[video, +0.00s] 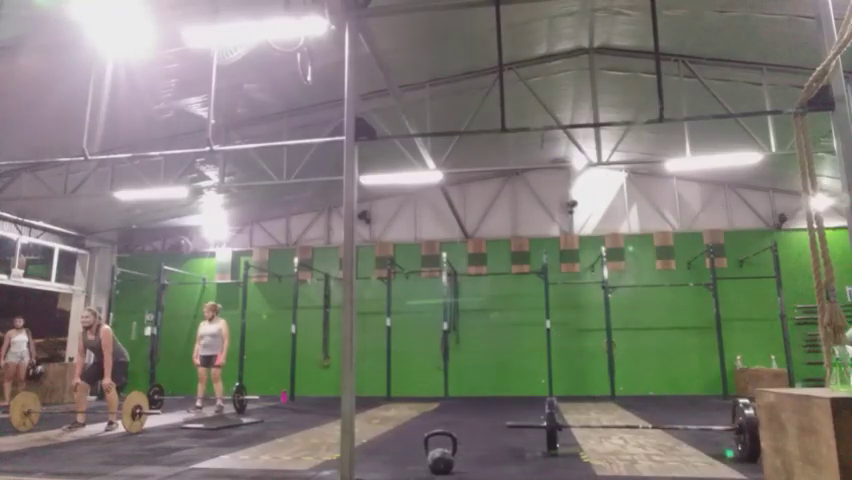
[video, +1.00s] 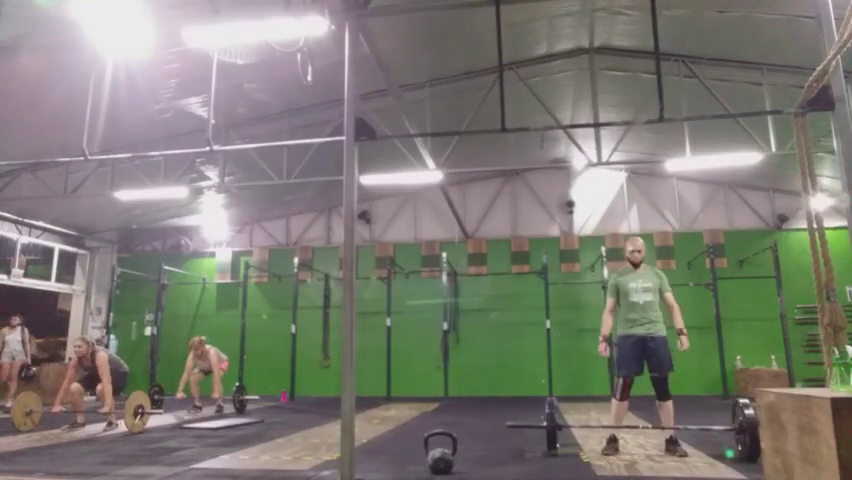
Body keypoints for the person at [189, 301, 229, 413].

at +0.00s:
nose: (206, 314)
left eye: (208, 311)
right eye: (205, 311)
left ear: (214, 312)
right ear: (204, 312)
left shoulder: (221, 323)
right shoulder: (202, 324)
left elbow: (226, 340)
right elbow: (198, 341)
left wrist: (223, 356)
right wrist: (195, 355)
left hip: (216, 353)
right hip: (203, 353)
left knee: (215, 377)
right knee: (201, 378)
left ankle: (219, 401)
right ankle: (199, 401)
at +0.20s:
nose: (207, 314)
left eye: (209, 312)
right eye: (206, 312)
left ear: (215, 312)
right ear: (206, 312)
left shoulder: (223, 323)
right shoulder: (203, 324)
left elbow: (227, 340)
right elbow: (199, 341)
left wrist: (224, 355)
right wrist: (196, 356)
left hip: (217, 353)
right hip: (204, 353)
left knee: (216, 378)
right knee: (202, 378)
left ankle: (219, 402)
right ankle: (199, 402)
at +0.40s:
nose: (207, 313)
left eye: (209, 311)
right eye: (206, 311)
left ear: (215, 312)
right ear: (206, 312)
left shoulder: (223, 323)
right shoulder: (204, 324)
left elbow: (227, 340)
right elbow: (199, 341)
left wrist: (223, 355)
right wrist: (197, 355)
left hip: (217, 353)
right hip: (204, 353)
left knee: (216, 378)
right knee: (202, 378)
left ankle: (219, 402)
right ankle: (199, 401)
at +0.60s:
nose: (207, 314)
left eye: (209, 311)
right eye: (206, 311)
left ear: (215, 312)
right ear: (206, 312)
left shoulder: (223, 323)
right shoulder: (204, 324)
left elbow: (227, 340)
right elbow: (199, 341)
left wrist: (223, 355)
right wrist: (197, 355)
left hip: (217, 353)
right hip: (204, 353)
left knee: (216, 378)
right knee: (202, 378)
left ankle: (219, 402)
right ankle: (199, 401)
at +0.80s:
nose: (202, 329)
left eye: (203, 326)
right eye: (200, 327)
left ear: (207, 324)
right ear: (198, 326)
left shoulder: (217, 330)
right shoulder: (197, 332)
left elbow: (223, 346)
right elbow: (193, 350)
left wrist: (223, 362)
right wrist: (191, 367)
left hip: (217, 356)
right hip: (204, 356)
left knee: (217, 377)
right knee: (200, 375)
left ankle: (220, 401)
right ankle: (199, 400)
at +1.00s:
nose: (196, 352)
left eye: (197, 349)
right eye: (194, 350)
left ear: (203, 348)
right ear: (192, 350)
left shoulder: (211, 352)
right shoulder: (192, 354)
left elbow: (216, 370)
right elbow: (187, 371)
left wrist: (216, 391)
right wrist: (180, 390)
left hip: (220, 364)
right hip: (204, 366)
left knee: (217, 378)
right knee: (193, 377)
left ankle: (219, 403)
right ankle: (197, 404)